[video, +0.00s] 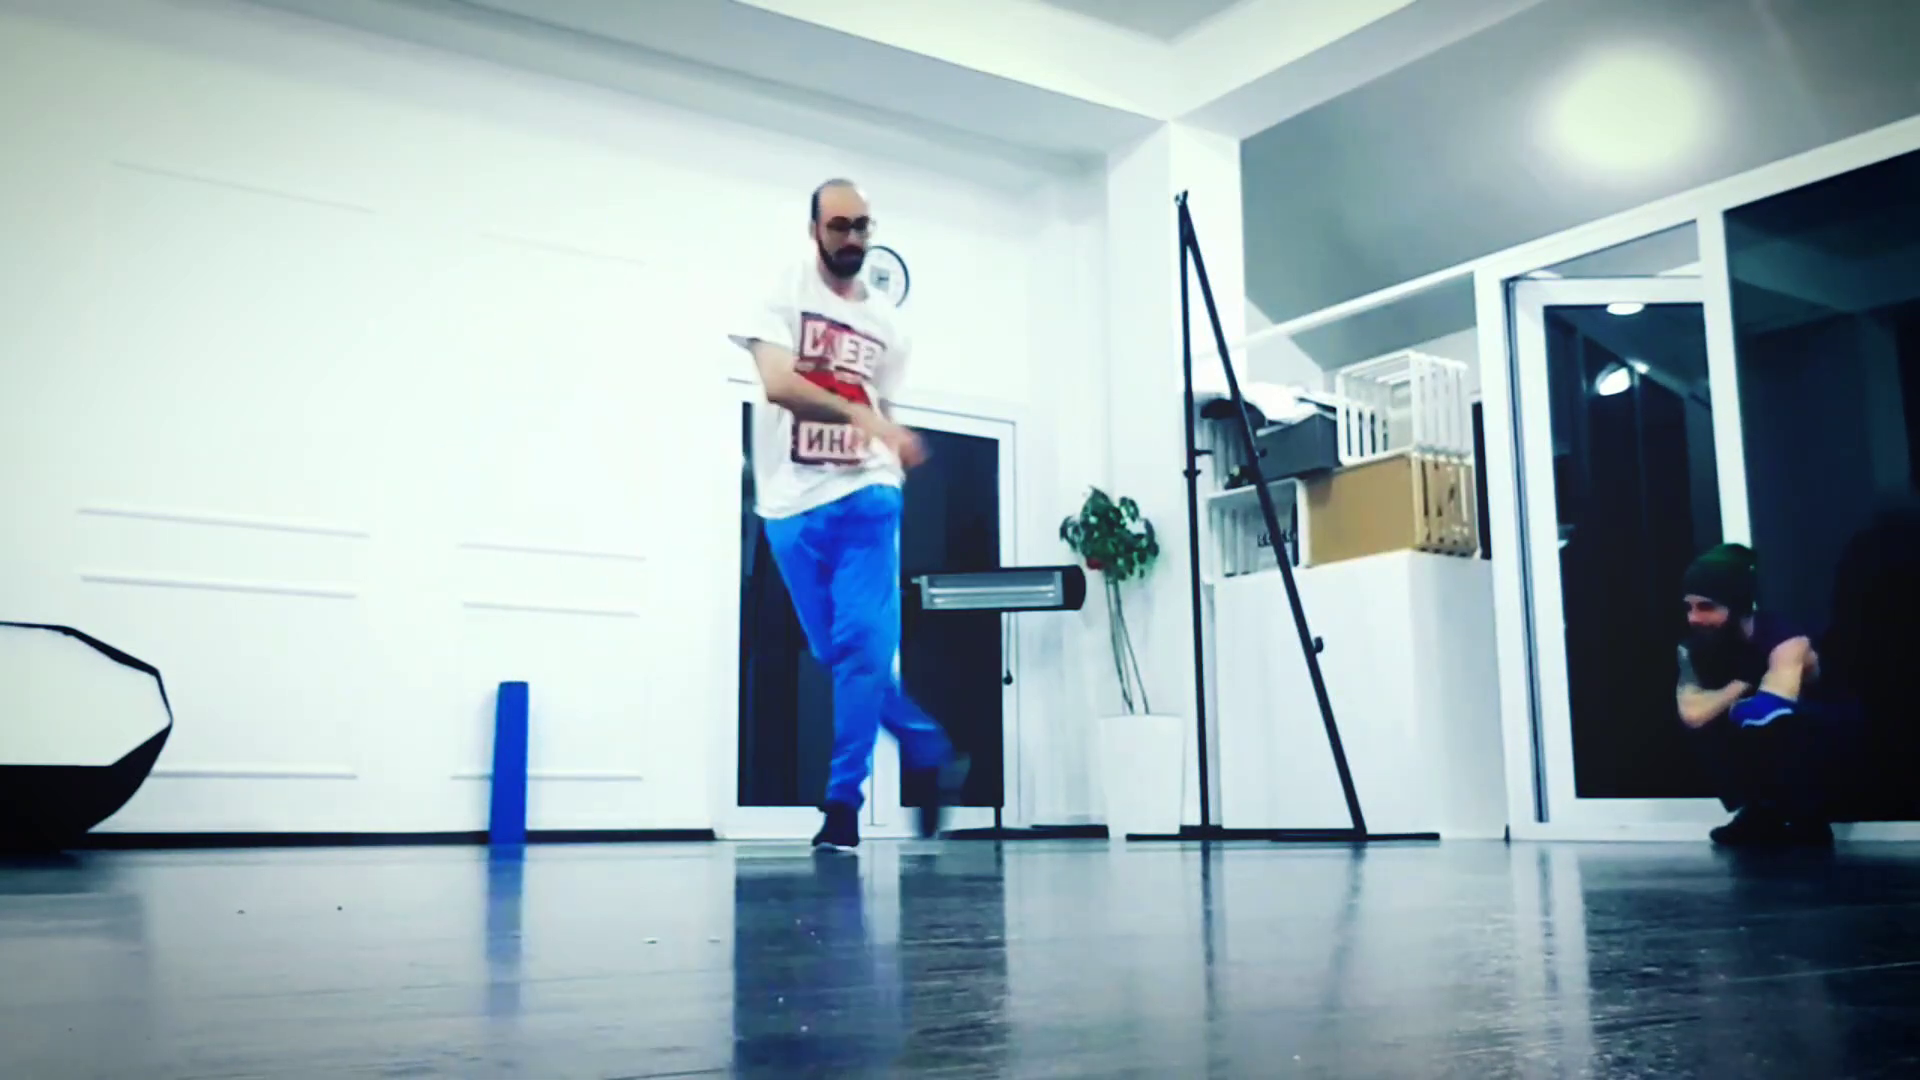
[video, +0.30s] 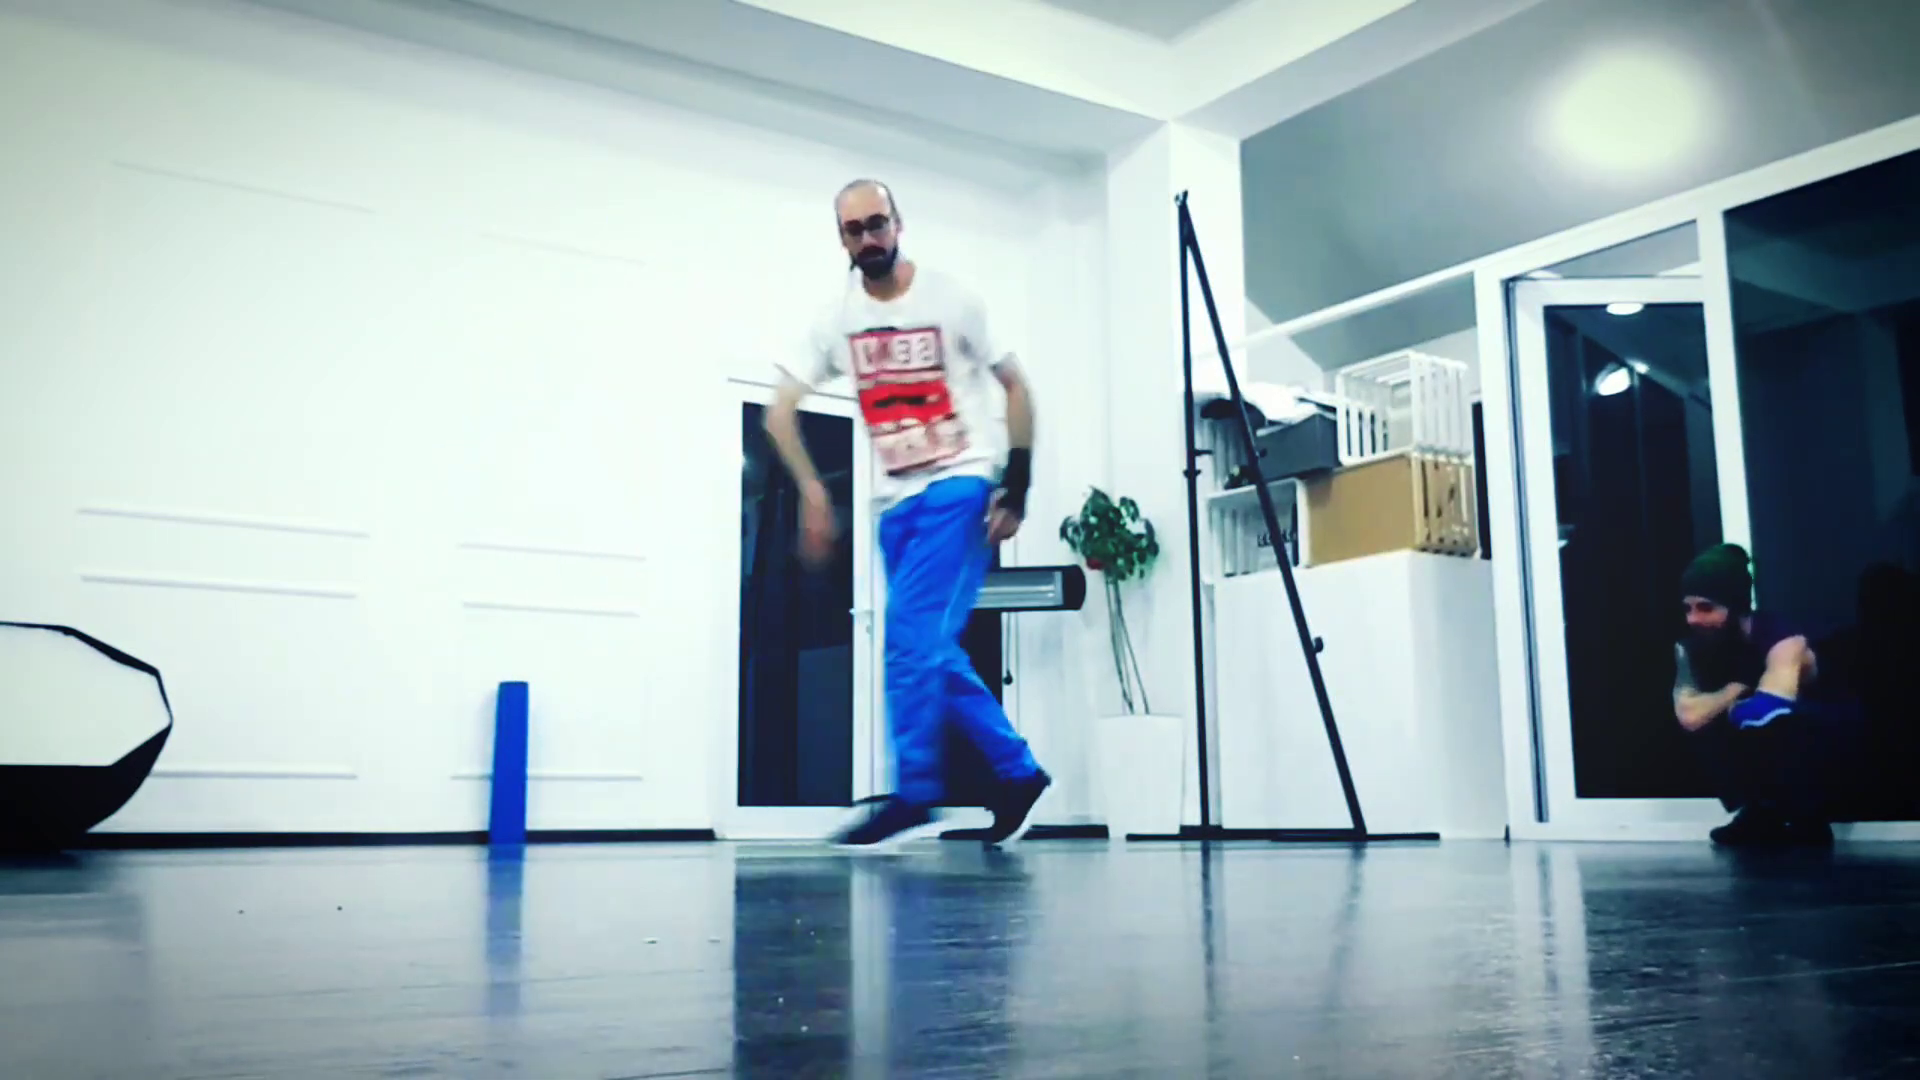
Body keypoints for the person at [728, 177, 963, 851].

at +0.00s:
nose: (851, 238)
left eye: (861, 226)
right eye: (838, 226)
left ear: (872, 230)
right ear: (814, 230)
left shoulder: (888, 326)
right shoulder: (780, 294)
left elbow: (881, 410)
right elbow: (777, 383)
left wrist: (893, 443)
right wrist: (866, 416)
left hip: (865, 493)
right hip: (789, 504)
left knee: (863, 641)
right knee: (834, 649)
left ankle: (843, 803)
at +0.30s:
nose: (867, 238)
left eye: (877, 223)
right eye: (854, 229)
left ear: (899, 224)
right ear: (841, 239)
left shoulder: (950, 300)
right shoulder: (839, 318)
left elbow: (1016, 386)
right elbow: (779, 410)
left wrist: (1017, 487)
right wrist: (813, 492)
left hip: (960, 487)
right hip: (895, 500)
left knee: (913, 635)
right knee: (925, 644)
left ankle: (914, 792)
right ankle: (1017, 775)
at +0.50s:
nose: (912, 269)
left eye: (921, 254)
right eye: (899, 261)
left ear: (947, 258)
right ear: (889, 274)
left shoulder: (1002, 323)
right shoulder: (903, 359)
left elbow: (1081, 405)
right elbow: (915, 456)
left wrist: (1032, 446)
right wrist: (939, 538)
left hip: (1031, 515)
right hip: (964, 536)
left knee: (997, 657)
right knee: (968, 681)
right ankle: (1047, 809)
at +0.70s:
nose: (961, 210)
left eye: (969, 194)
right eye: (946, 203)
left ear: (993, 193)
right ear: (936, 215)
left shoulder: (1057, 250)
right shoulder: (948, 304)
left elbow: (1151, 323)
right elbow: (954, 386)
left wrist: (1071, 321)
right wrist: (972, 455)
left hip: (1099, 443)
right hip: (1029, 475)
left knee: (1091, 578)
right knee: (1051, 627)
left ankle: (1198, 683)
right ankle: (1115, 779)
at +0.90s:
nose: (1046, 219)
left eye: (1057, 207)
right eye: (1033, 209)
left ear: (1079, 215)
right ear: (1017, 222)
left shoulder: (1135, 295)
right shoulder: (1007, 325)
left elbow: (1189, 399)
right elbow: (985, 432)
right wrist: (986, 405)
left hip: (1158, 482)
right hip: (1085, 513)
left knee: (1155, 617)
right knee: (1161, 647)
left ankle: (1182, 787)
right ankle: (1253, 797)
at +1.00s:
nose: (1084, 197)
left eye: (1096, 185)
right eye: (1071, 187)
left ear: (1116, 193)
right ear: (1051, 200)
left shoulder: (1163, 283)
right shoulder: (1039, 291)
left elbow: (1200, 397)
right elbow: (1009, 395)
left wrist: (1230, 491)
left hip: (1156, 470)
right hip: (1079, 495)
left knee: (1145, 597)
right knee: (1112, 672)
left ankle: (1191, 789)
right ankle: (1211, 764)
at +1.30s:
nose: (1132, 124)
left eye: (1149, 113)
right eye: (1120, 110)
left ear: (1167, 127)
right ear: (1096, 121)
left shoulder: (1179, 231)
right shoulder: (1043, 201)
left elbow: (1188, 354)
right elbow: (999, 321)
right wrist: (960, 430)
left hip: (1133, 441)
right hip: (1038, 429)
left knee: (1122, 600)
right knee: (1041, 583)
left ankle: (1098, 777)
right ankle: (1039, 775)